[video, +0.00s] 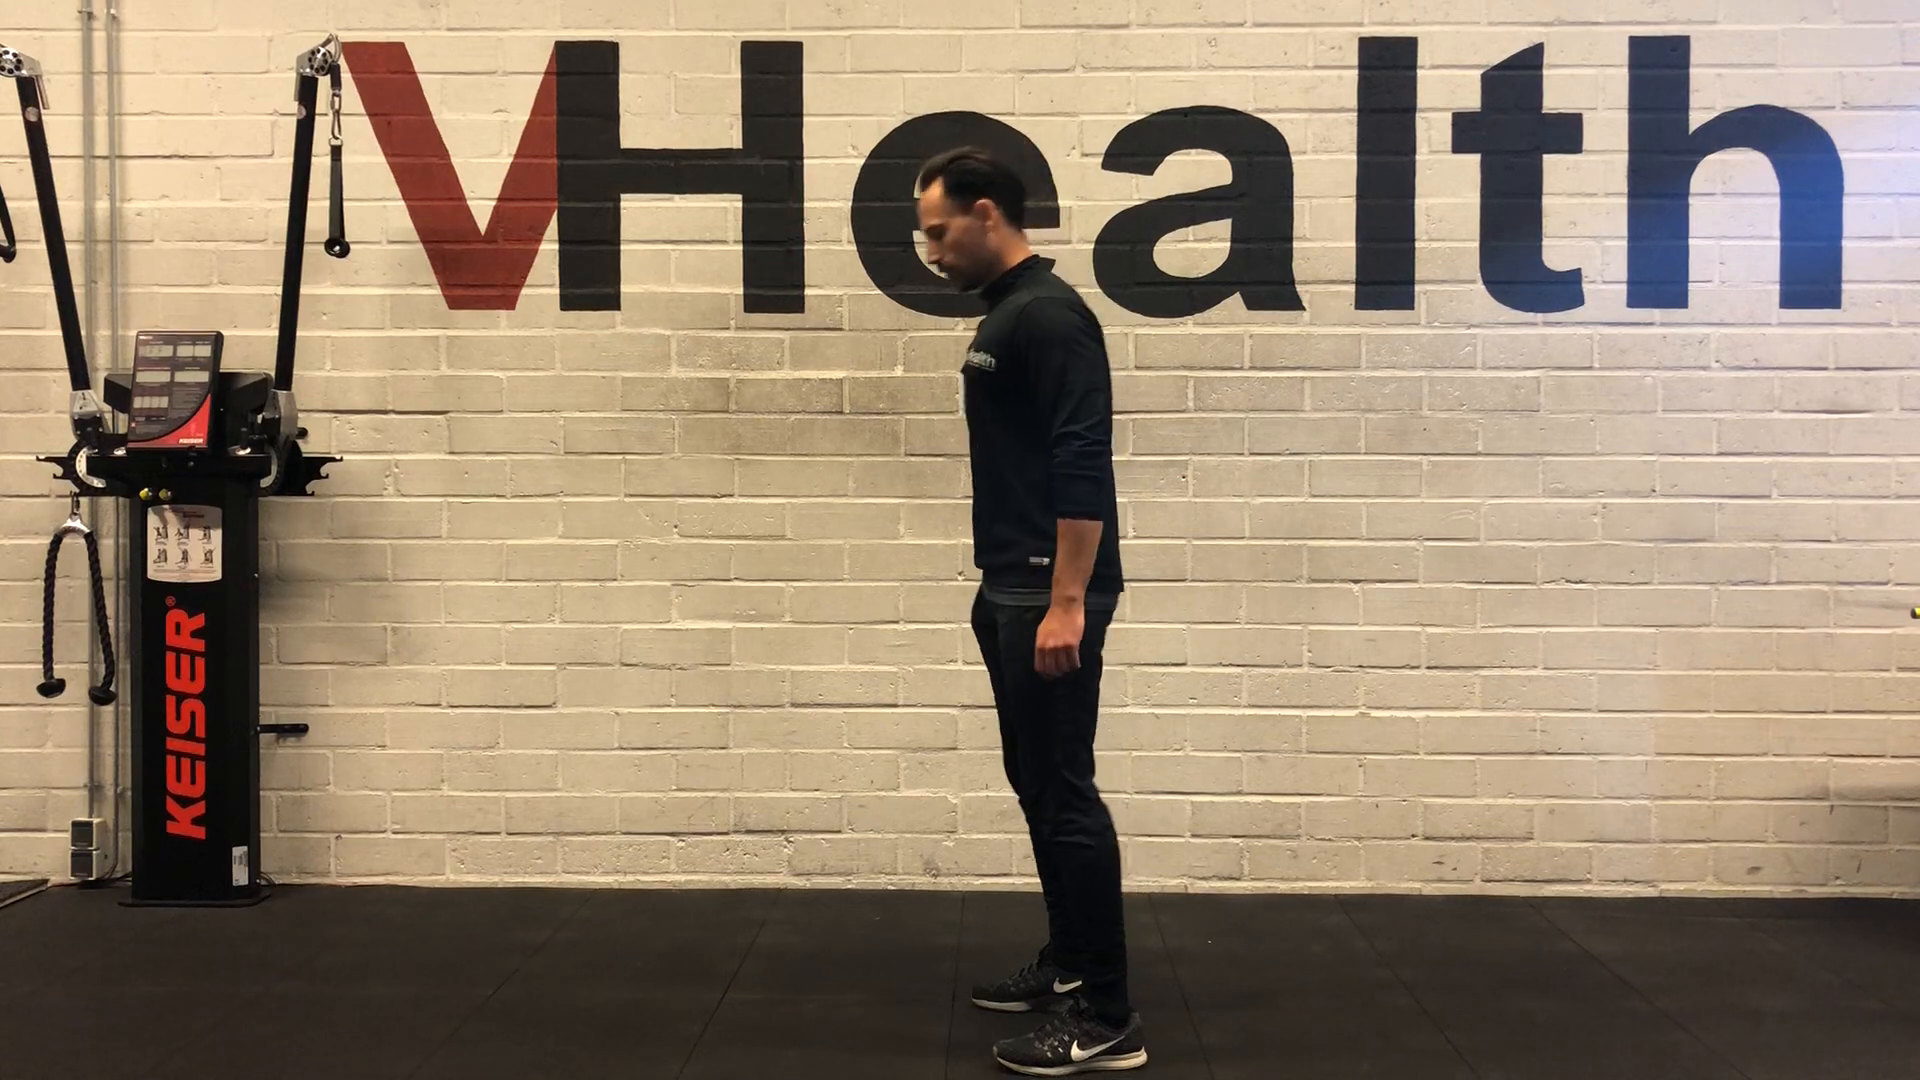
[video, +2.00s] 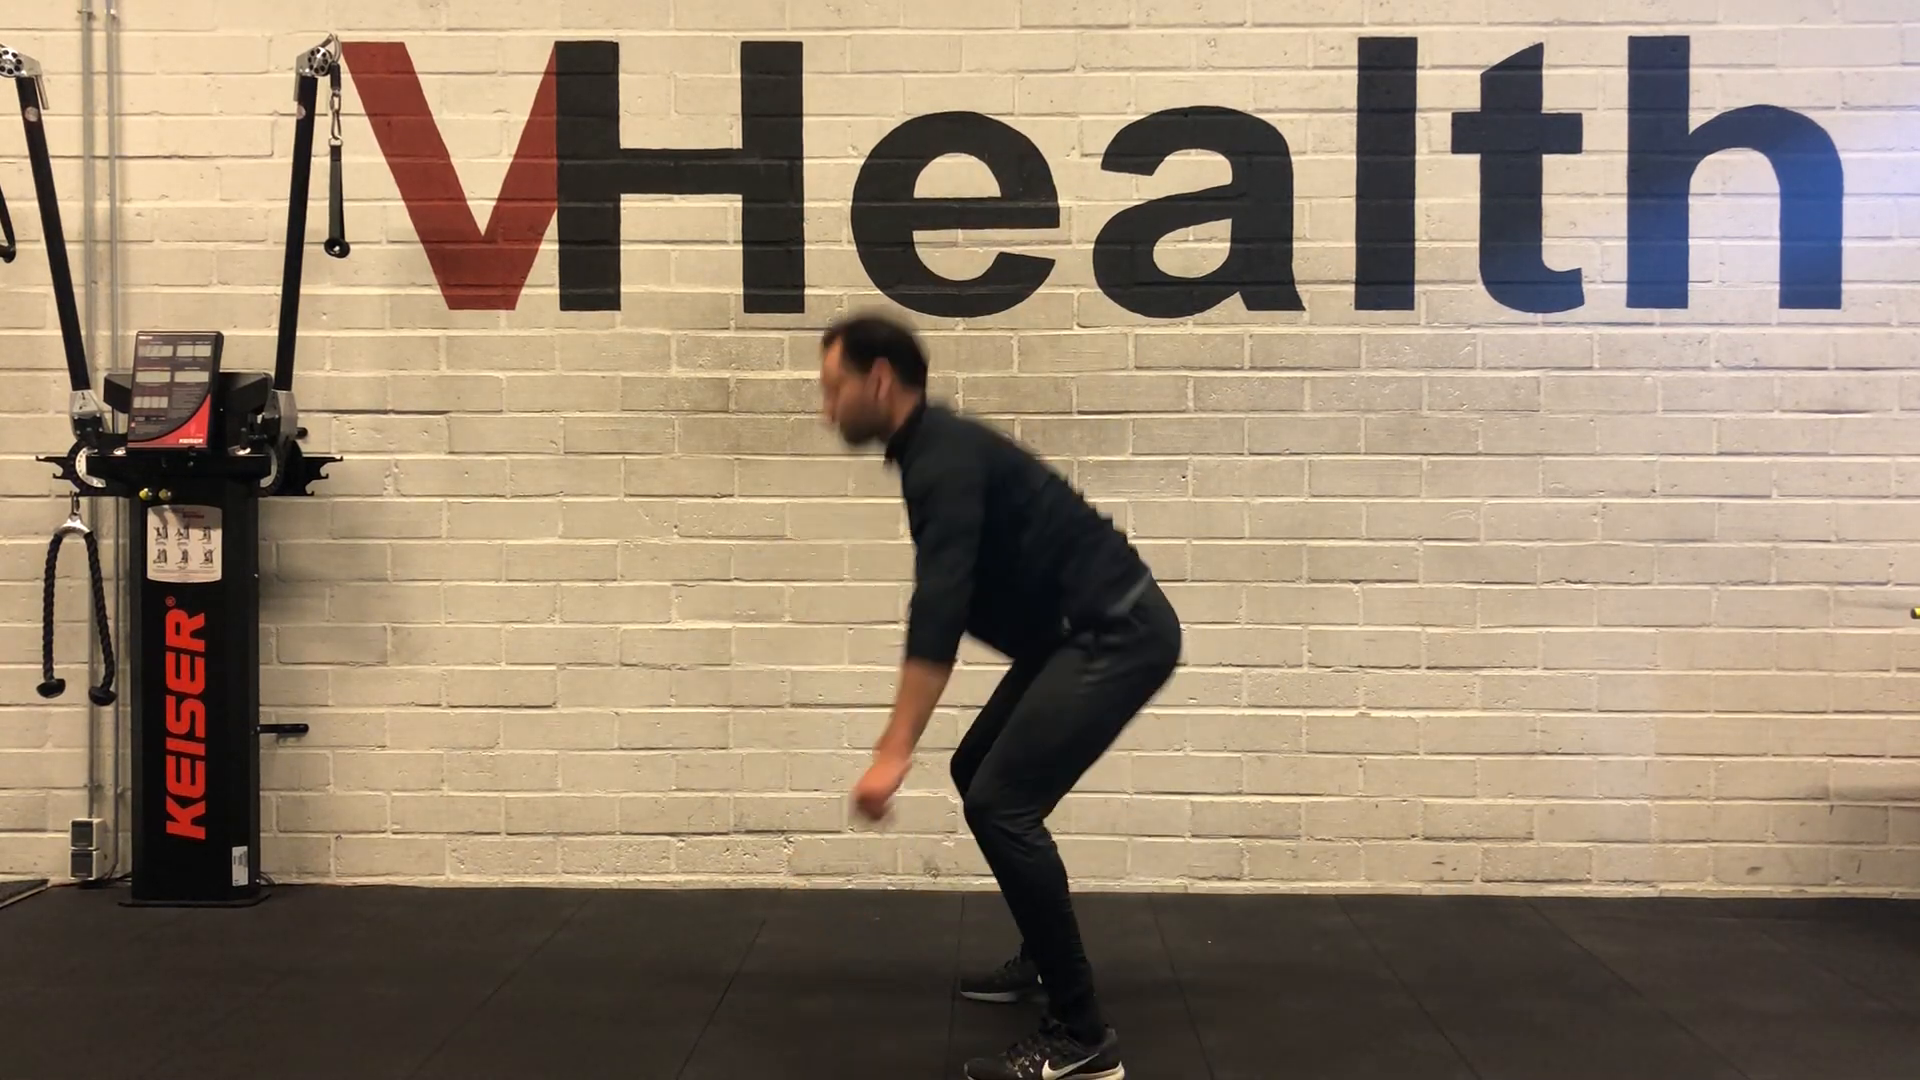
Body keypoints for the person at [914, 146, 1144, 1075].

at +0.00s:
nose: (924, 248)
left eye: (933, 229)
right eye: (921, 232)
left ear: (984, 214)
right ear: (981, 216)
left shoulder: (1052, 317)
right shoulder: (1009, 315)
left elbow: (1082, 471)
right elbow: (1023, 469)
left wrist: (1066, 603)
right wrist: (1001, 591)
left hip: (1049, 596)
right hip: (1015, 593)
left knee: (1064, 795)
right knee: (1039, 788)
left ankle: (1107, 1016)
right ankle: (1069, 970)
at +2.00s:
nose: (825, 401)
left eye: (833, 383)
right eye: (824, 384)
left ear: (882, 379)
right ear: (885, 382)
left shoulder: (946, 457)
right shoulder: (930, 451)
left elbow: (938, 616)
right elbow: (939, 613)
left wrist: (894, 753)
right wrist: (896, 741)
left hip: (1118, 634)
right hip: (1071, 635)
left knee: (1003, 805)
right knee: (974, 773)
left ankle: (1081, 1033)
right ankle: (1046, 959)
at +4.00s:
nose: (742, 748)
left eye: (746, 730)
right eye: (738, 732)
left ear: (795, 718)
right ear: (804, 709)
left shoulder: (883, 778)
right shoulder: (875, 753)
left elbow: (916, 925)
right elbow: (920, 891)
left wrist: (869, 1058)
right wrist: (887, 975)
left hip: (1061, 939)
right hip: (1062, 904)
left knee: (1267, 1044)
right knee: (1226, 965)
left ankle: (1496, 1011)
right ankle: (1415, 911)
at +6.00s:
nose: (798, 562)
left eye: (798, 543)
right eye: (790, 549)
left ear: (835, 514)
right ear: (841, 514)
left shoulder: (922, 574)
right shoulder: (910, 558)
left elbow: (918, 733)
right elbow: (915, 726)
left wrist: (889, 873)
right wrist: (889, 863)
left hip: (1140, 667)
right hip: (1091, 661)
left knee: (1003, 812)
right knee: (974, 769)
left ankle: (1088, 1034)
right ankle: (1045, 950)